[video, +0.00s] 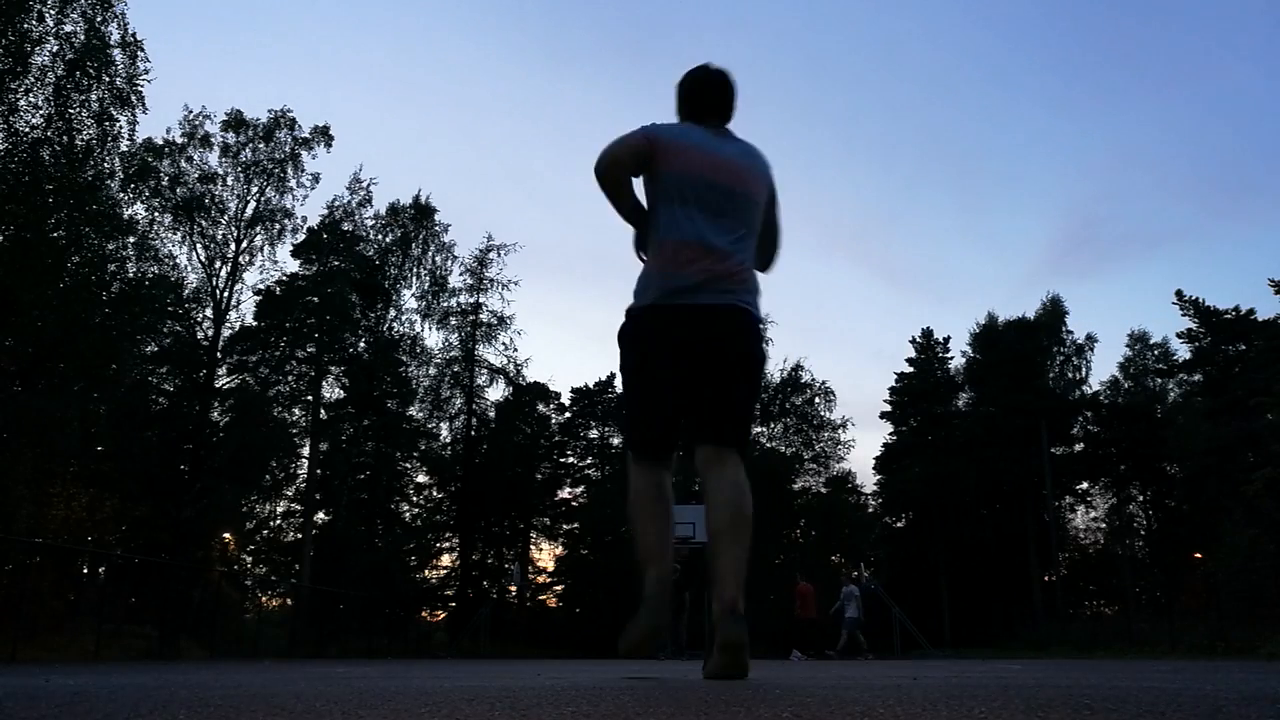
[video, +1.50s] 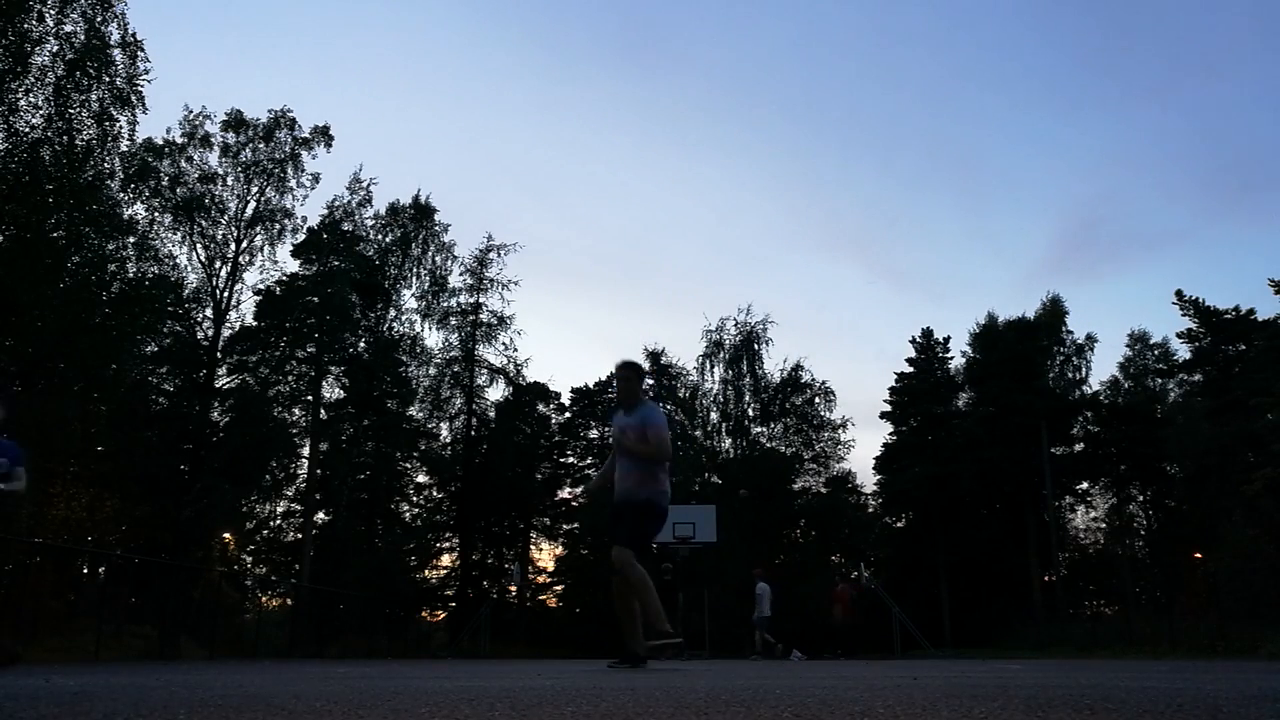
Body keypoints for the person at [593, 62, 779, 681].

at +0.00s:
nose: (693, 109)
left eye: (684, 101)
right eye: (712, 101)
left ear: (679, 104)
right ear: (732, 112)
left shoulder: (661, 135)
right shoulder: (756, 163)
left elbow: (608, 164)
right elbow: (766, 254)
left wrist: (640, 221)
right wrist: (709, 245)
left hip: (658, 321)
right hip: (733, 325)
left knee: (648, 460)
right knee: (724, 457)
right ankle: (729, 613)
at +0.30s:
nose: (652, 225)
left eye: (645, 216)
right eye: (663, 215)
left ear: (638, 220)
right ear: (680, 220)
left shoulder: (623, 264)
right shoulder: (709, 270)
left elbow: (611, 339)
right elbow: (737, 340)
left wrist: (631, 360)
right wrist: (708, 373)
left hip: (635, 409)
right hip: (696, 412)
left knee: (644, 524)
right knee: (701, 494)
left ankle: (663, 645)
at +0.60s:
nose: (655, 269)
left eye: (647, 262)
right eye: (664, 263)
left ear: (638, 264)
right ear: (675, 267)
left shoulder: (617, 299)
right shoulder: (693, 307)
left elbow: (584, 341)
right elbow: (731, 344)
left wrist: (622, 345)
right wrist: (706, 381)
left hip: (628, 424)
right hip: (679, 426)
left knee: (621, 518)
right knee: (669, 533)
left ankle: (641, 538)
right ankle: (660, 648)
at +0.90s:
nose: (614, 309)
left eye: (617, 302)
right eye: (615, 303)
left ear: (632, 302)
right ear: (650, 305)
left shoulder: (622, 327)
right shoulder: (671, 340)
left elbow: (612, 375)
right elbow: (669, 393)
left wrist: (607, 396)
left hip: (625, 449)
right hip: (667, 449)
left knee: (615, 539)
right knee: (660, 537)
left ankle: (622, 639)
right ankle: (659, 636)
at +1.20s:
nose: (604, 355)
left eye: (608, 349)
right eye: (604, 349)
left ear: (623, 351)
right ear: (634, 352)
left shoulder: (622, 380)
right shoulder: (649, 384)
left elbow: (618, 424)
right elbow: (672, 420)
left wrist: (598, 423)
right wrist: (638, 426)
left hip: (630, 482)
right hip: (653, 483)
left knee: (615, 560)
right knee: (630, 554)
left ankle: (637, 648)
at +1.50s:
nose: (620, 386)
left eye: (626, 380)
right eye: (618, 380)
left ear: (640, 384)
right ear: (616, 383)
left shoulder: (653, 413)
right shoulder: (620, 418)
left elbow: (663, 452)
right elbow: (617, 457)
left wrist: (627, 446)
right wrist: (596, 484)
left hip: (649, 499)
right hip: (625, 499)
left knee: (624, 557)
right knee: (623, 567)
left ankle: (662, 628)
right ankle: (635, 650)